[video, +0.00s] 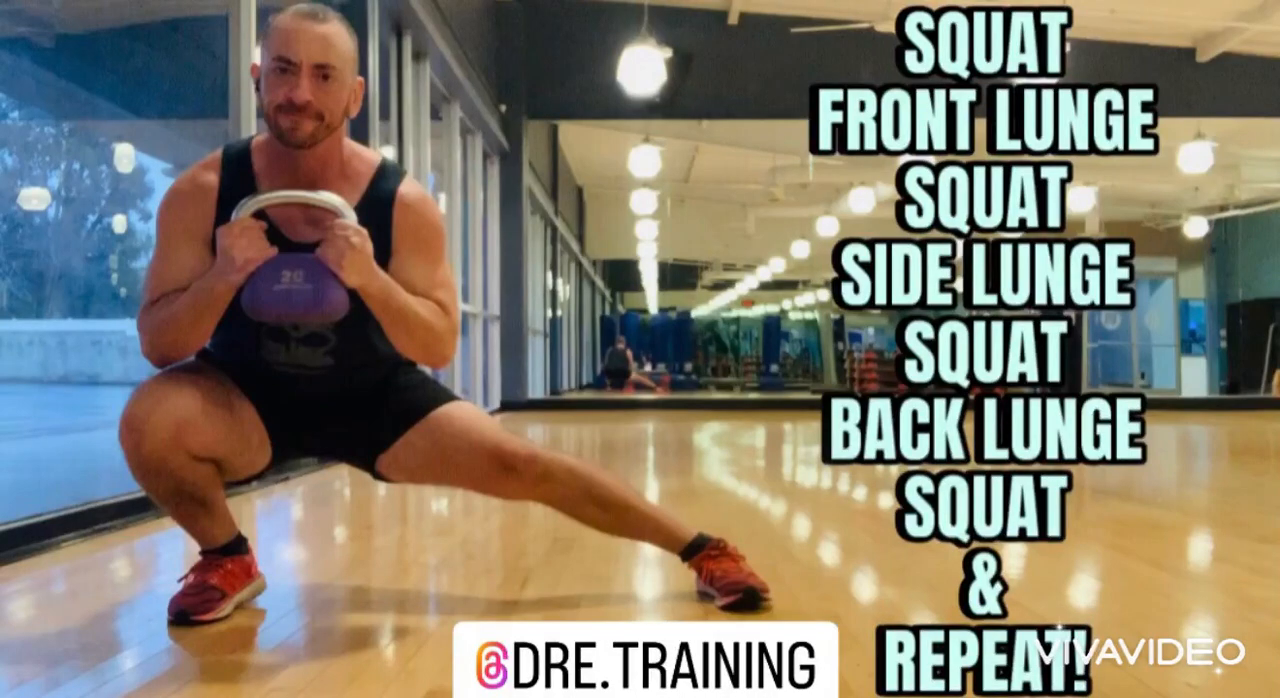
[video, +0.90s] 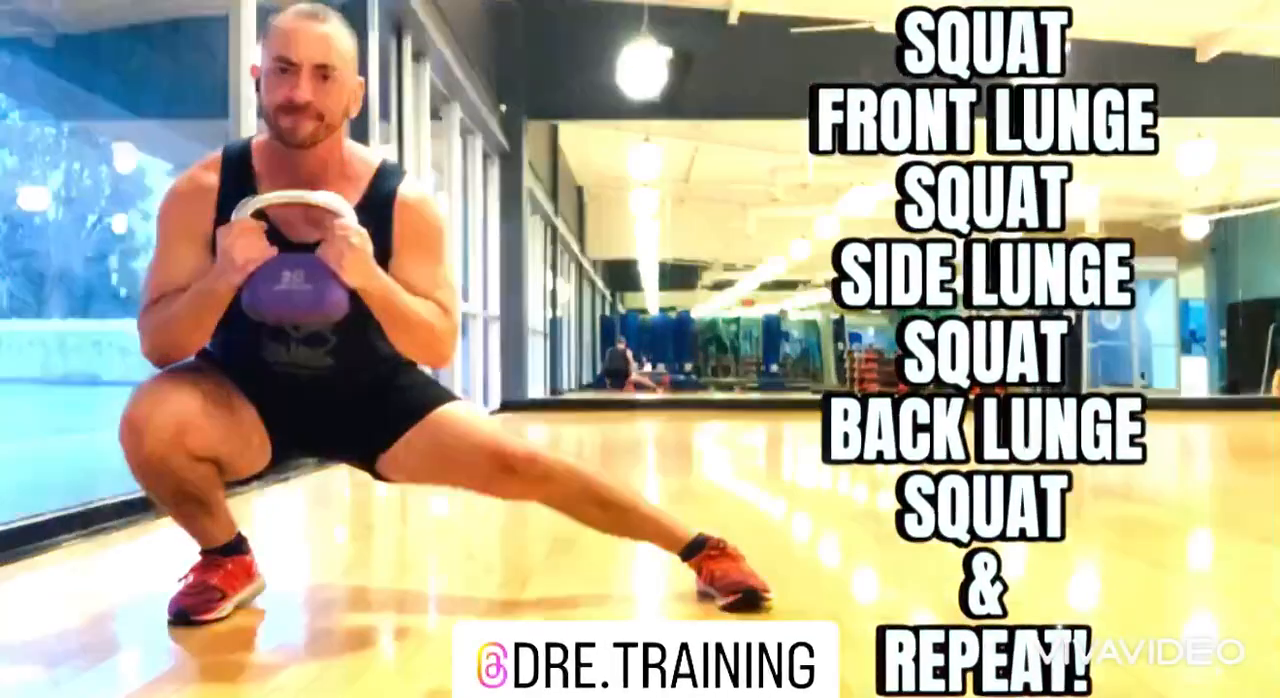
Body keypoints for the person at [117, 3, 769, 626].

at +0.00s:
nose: (298, 91)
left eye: (321, 75)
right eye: (281, 69)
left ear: (354, 91)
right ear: (257, 78)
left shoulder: (405, 205)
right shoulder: (201, 193)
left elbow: (437, 345)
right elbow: (161, 343)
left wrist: (367, 276)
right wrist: (222, 276)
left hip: (378, 398)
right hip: (253, 396)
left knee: (517, 464)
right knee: (148, 423)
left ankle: (696, 547)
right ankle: (225, 555)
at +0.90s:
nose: (299, 90)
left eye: (322, 73)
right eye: (282, 69)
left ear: (354, 90)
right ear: (257, 79)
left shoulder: (407, 209)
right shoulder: (200, 194)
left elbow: (437, 346)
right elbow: (161, 344)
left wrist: (365, 274)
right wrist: (221, 279)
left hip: (378, 399)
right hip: (252, 397)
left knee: (517, 462)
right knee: (149, 422)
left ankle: (696, 548)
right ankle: (226, 557)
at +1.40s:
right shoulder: (550, 0)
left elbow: (752, 68)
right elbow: (531, 78)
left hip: (691, 177)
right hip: (583, 177)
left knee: (716, 348)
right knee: (556, 347)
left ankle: (716, 534)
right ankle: (559, 529)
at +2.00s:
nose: (638, 46)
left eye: (656, 31)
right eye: (621, 30)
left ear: (681, 49)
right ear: (596, 46)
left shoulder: (723, 150)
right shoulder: (552, 154)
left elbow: (744, 284)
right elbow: (530, 295)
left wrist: (694, 202)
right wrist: (573, 211)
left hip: (684, 339)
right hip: (586, 338)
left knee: (722, 371)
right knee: (544, 379)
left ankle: (716, 538)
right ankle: (558, 538)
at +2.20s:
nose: (635, 52)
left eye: (653, 38)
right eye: (618, 36)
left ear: (678, 55)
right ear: (593, 52)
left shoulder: (723, 158)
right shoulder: (549, 163)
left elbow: (746, 294)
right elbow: (530, 306)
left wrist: (693, 213)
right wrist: (571, 219)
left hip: (687, 350)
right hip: (588, 349)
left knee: (725, 372)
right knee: (545, 380)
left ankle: (716, 538)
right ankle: (559, 538)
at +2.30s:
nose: (637, 32)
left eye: (656, 17)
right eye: (621, 16)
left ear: (682, 39)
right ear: (596, 35)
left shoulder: (724, 136)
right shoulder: (552, 141)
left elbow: (747, 279)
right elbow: (530, 287)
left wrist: (695, 197)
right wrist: (571, 202)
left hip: (689, 326)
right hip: (588, 326)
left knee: (722, 377)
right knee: (549, 382)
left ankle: (715, 538)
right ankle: (559, 538)